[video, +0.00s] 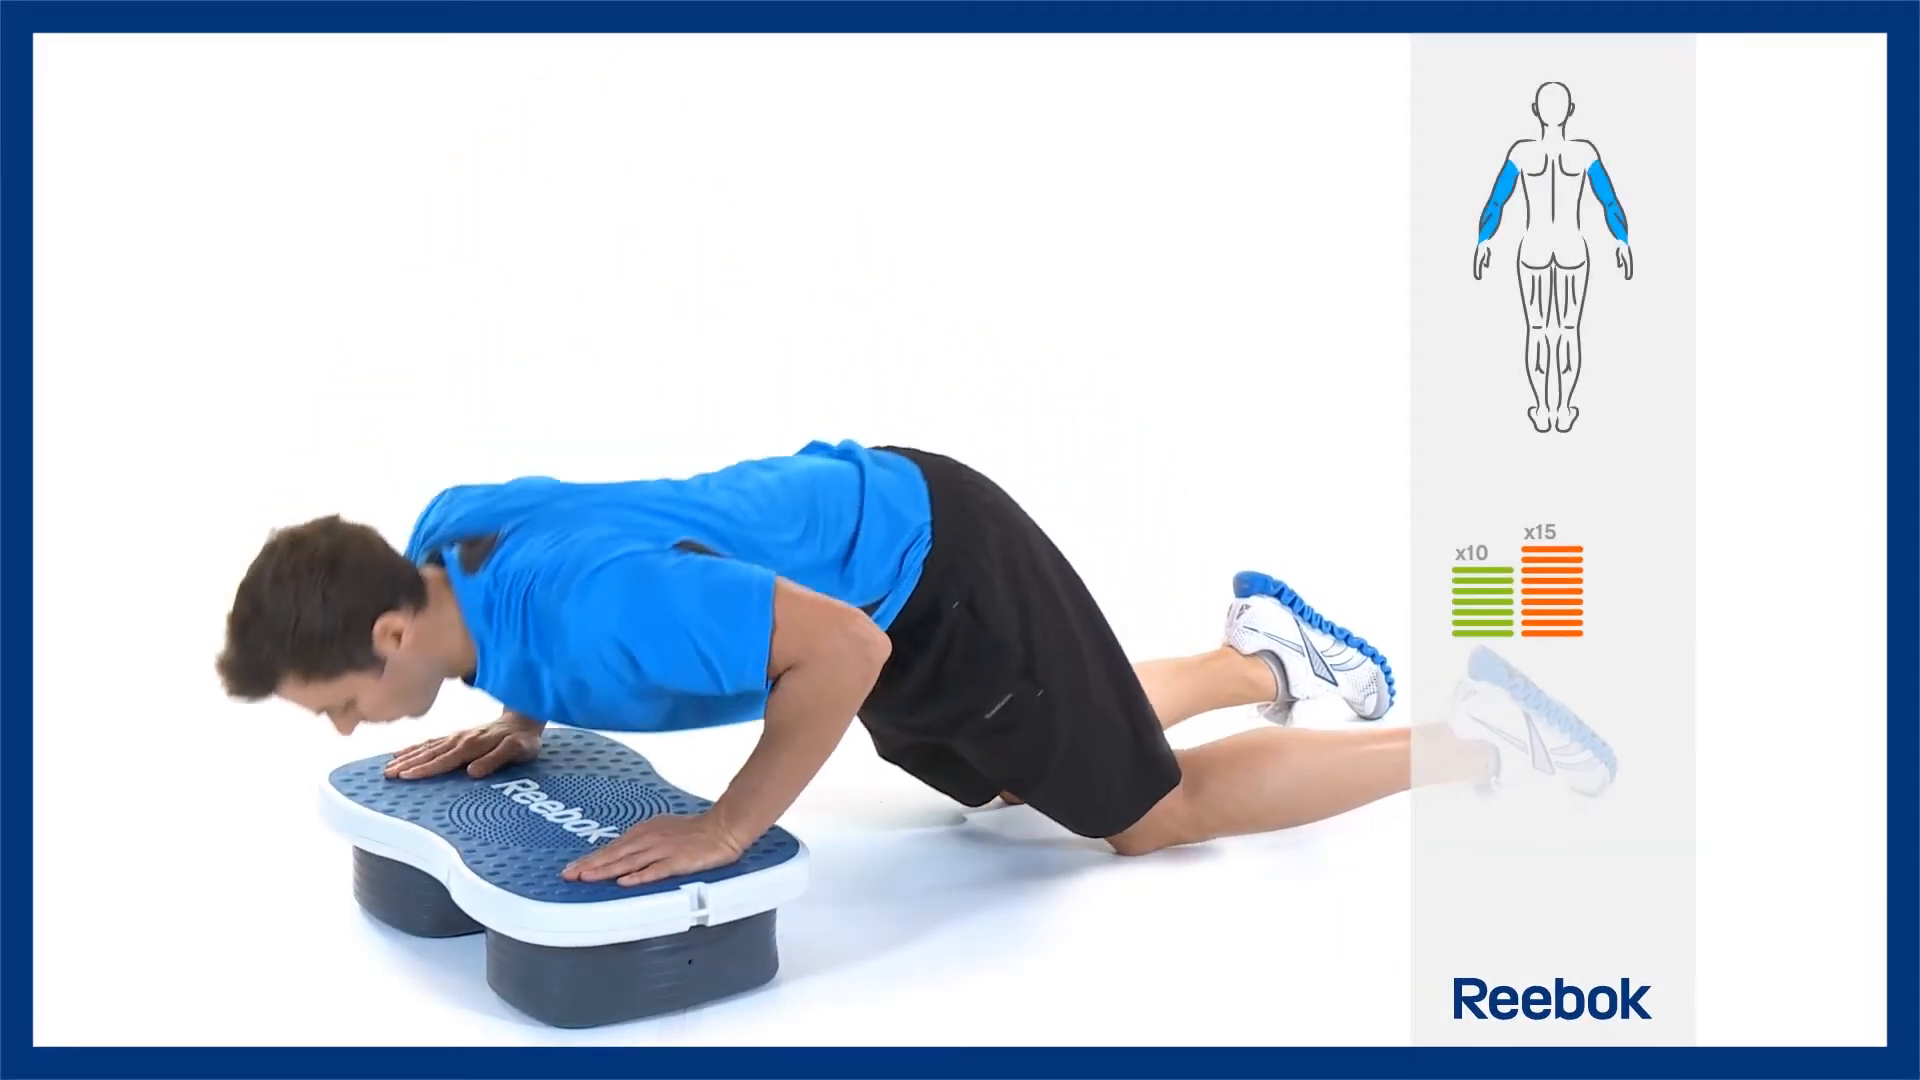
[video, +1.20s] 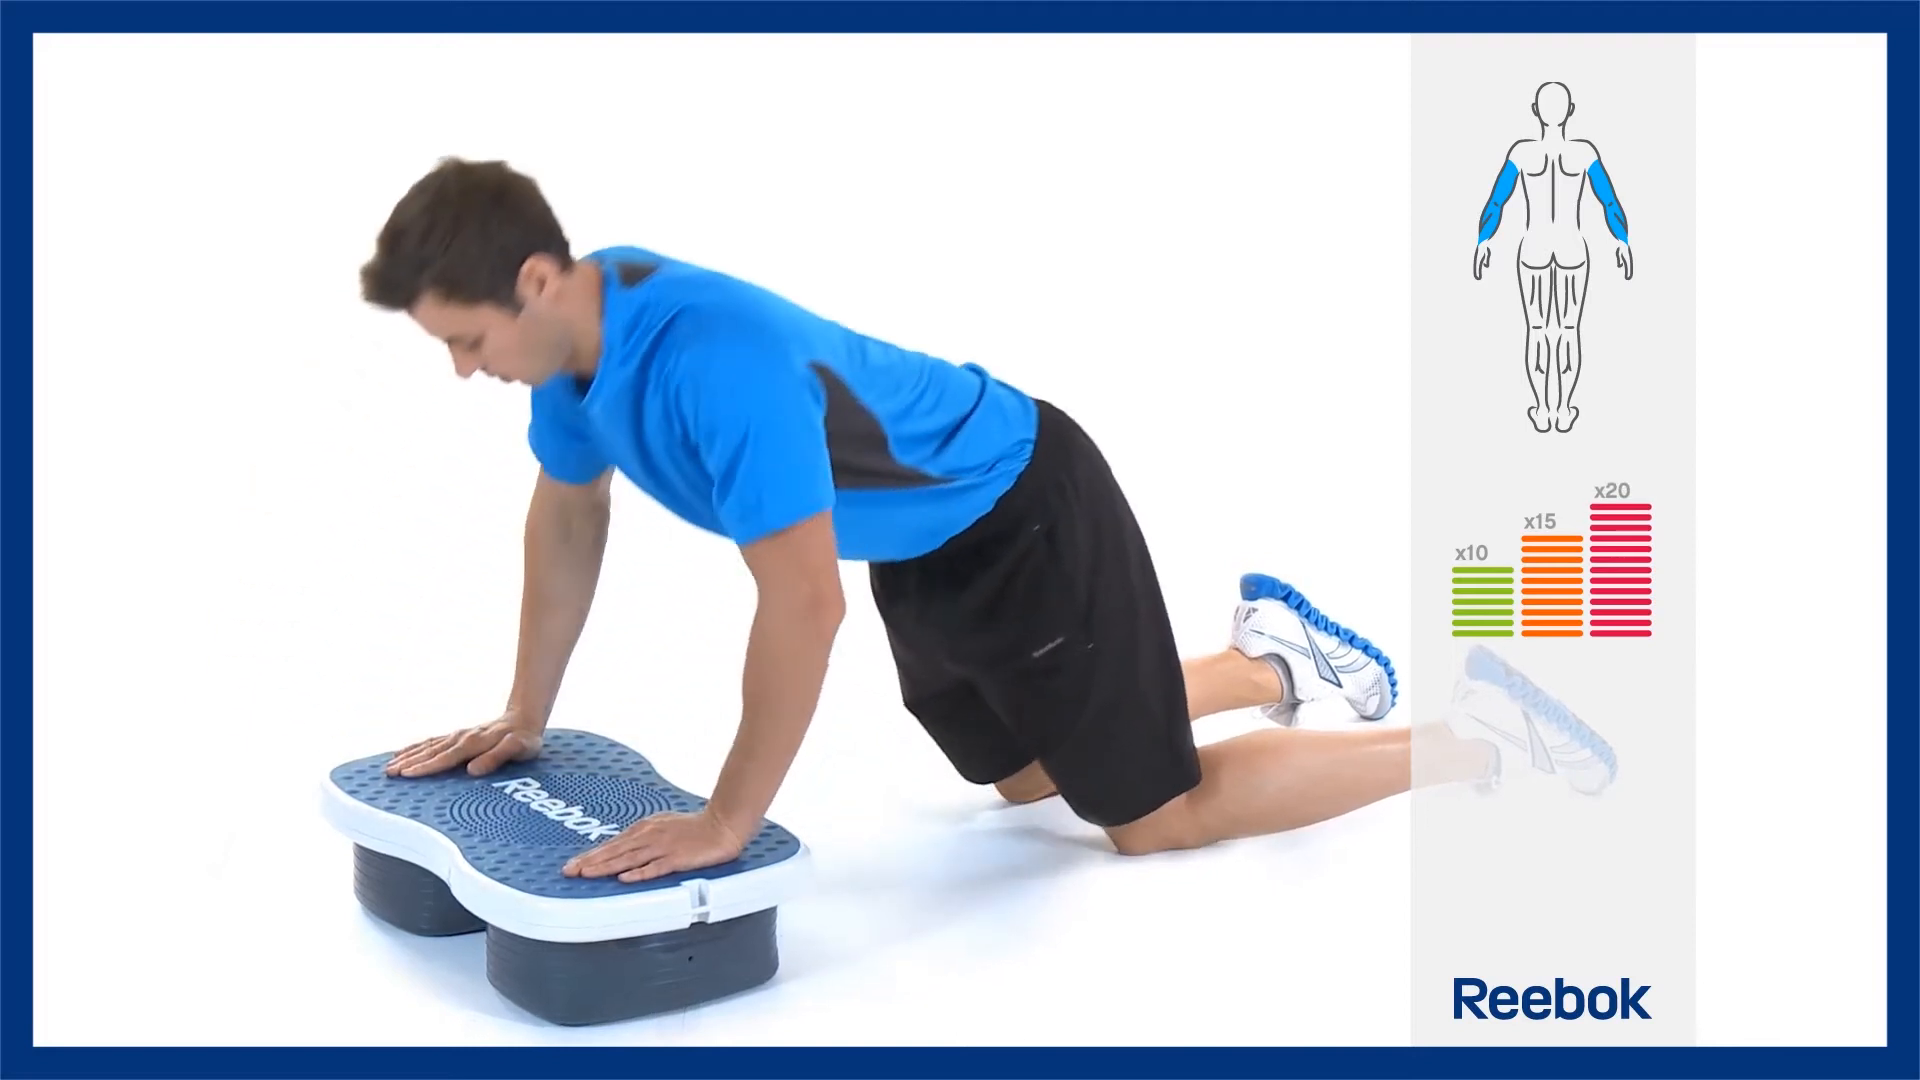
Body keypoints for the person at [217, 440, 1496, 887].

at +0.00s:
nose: (358, 727)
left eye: (348, 705)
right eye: (337, 718)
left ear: (400, 631)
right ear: (386, 615)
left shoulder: (579, 609)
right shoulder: (458, 534)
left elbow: (835, 645)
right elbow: (575, 602)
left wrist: (739, 822)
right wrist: (519, 713)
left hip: (937, 573)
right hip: (859, 602)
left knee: (1162, 807)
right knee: (1032, 761)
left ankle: (1468, 748)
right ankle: (1259, 666)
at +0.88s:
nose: (366, 618)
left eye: (349, 596)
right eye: (338, 604)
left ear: (397, 534)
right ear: (392, 507)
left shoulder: (599, 541)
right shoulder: (474, 469)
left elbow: (833, 644)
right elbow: (537, 586)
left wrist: (733, 821)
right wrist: (524, 717)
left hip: (951, 566)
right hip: (865, 590)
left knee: (1151, 808)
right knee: (1009, 763)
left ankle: (1458, 746)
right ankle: (1261, 660)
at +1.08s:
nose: (419, 457)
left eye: (416, 428)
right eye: (400, 437)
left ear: (486, 361)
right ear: (461, 370)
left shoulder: (665, 426)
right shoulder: (538, 395)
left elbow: (830, 631)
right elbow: (560, 531)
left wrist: (732, 821)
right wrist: (520, 716)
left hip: (994, 527)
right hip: (889, 580)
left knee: (1148, 810)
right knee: (1022, 768)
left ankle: (1469, 745)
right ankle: (1267, 662)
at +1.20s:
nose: (466, 369)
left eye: (466, 339)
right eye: (447, 349)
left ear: (540, 278)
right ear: (515, 287)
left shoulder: (707, 360)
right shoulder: (573, 351)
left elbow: (798, 597)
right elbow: (565, 527)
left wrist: (731, 814)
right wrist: (522, 720)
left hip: (1024, 507)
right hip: (915, 551)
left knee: (1155, 813)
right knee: (1022, 774)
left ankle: (1474, 742)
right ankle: (1266, 665)